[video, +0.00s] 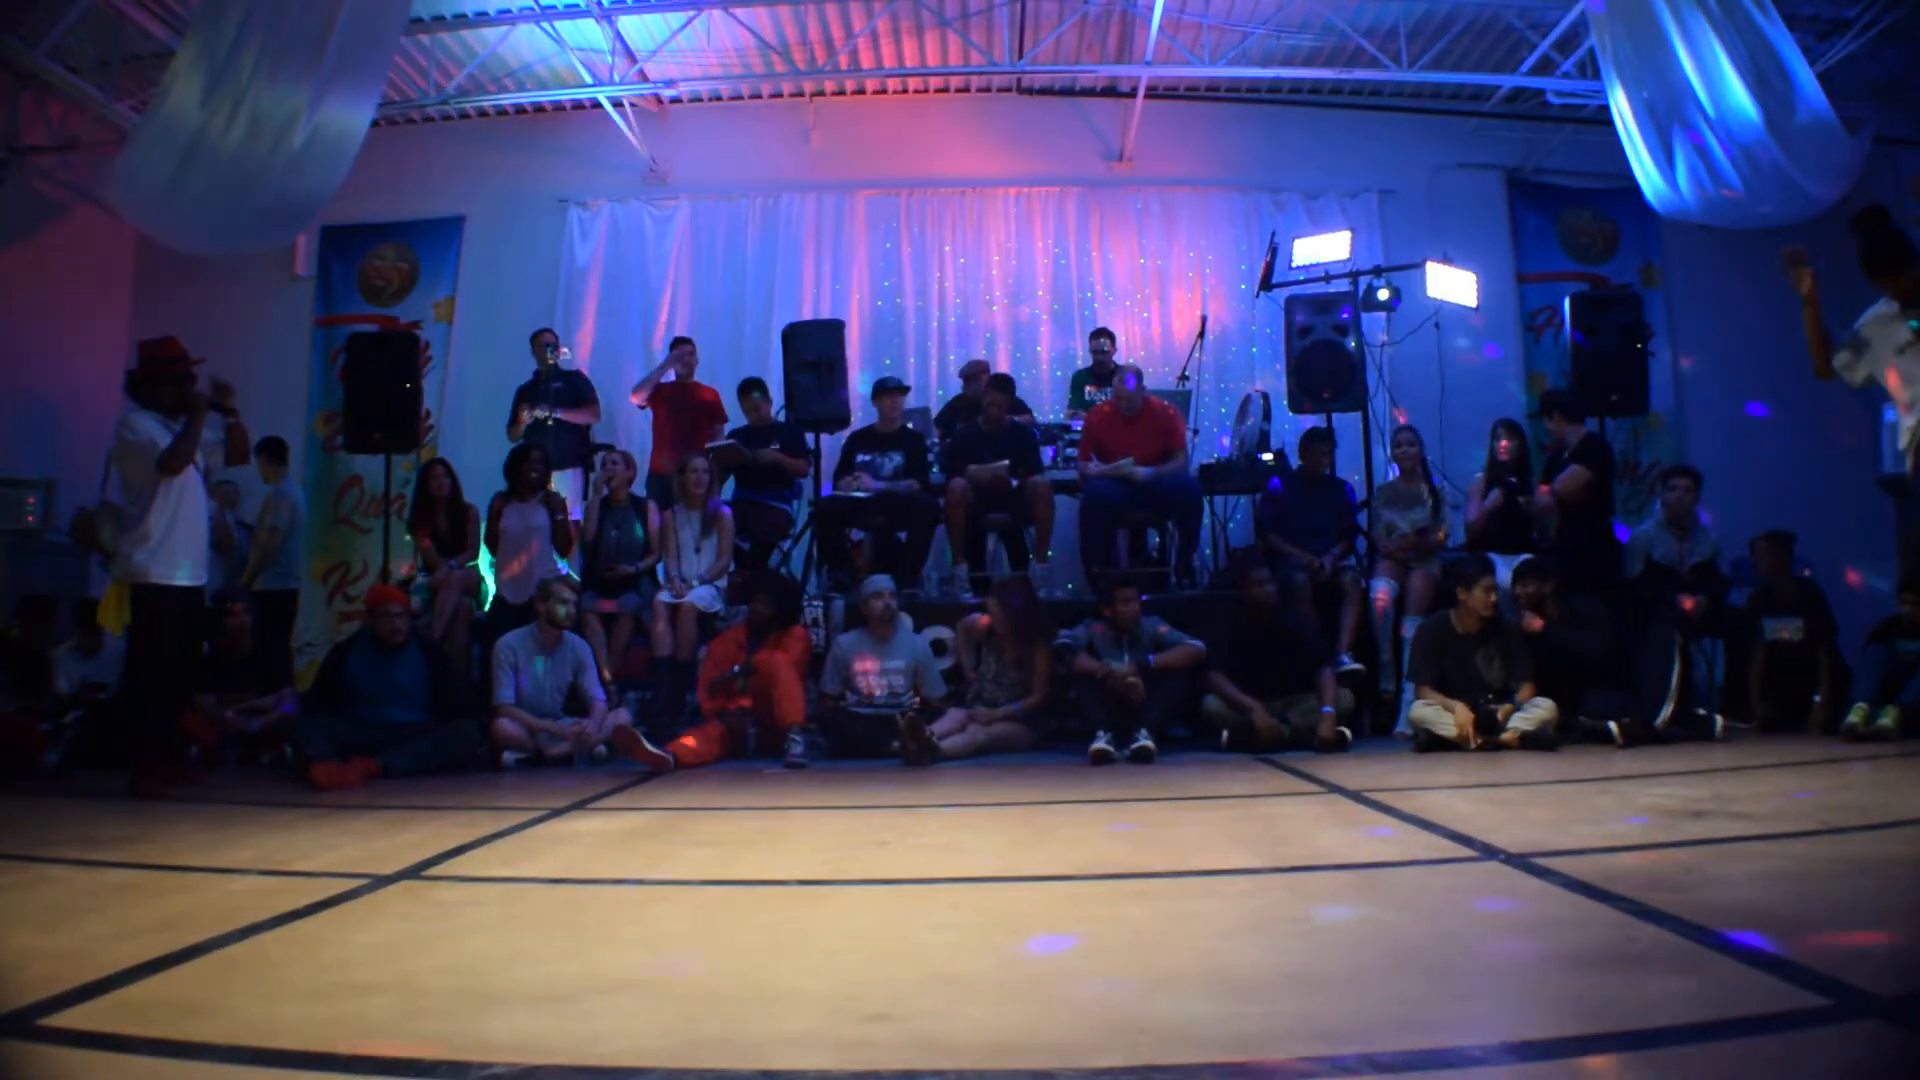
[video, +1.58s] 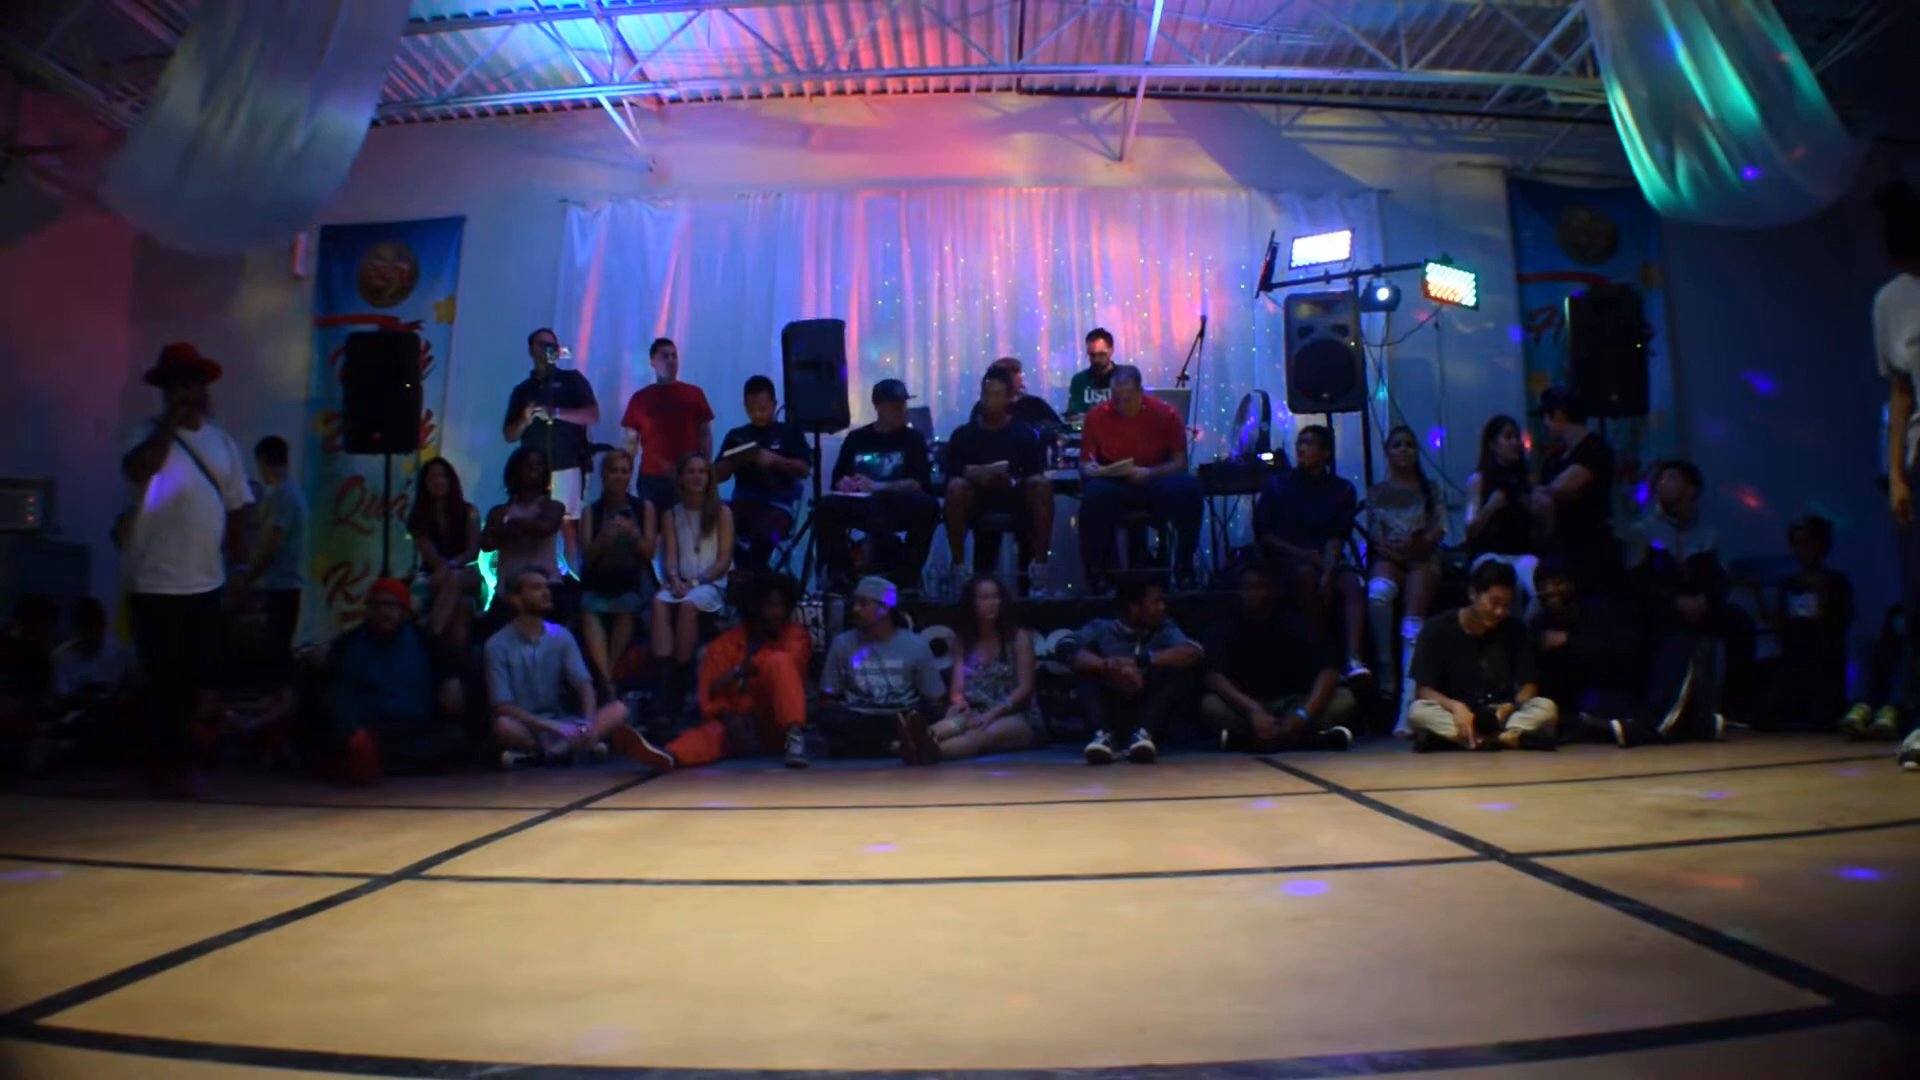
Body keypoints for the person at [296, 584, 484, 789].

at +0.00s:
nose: (397, 624)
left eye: (402, 617)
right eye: (389, 617)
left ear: (410, 618)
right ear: (372, 619)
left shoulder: (427, 652)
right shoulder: (346, 653)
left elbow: (445, 699)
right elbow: (319, 704)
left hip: (415, 733)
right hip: (358, 732)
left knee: (467, 734)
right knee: (307, 725)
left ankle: (377, 767)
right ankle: (328, 766)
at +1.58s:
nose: (383, 613)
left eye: (390, 605)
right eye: (377, 605)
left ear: (404, 611)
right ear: (369, 609)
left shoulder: (422, 643)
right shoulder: (349, 644)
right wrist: (352, 730)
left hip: (419, 720)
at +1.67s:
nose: (380, 611)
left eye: (388, 605)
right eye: (374, 604)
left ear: (403, 610)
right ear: (366, 607)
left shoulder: (422, 642)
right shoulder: (349, 640)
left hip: (414, 715)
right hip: (363, 716)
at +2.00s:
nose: (365, 614)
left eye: (373, 607)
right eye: (361, 606)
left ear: (389, 612)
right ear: (354, 609)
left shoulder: (410, 642)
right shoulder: (345, 641)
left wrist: (435, 697)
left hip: (404, 717)